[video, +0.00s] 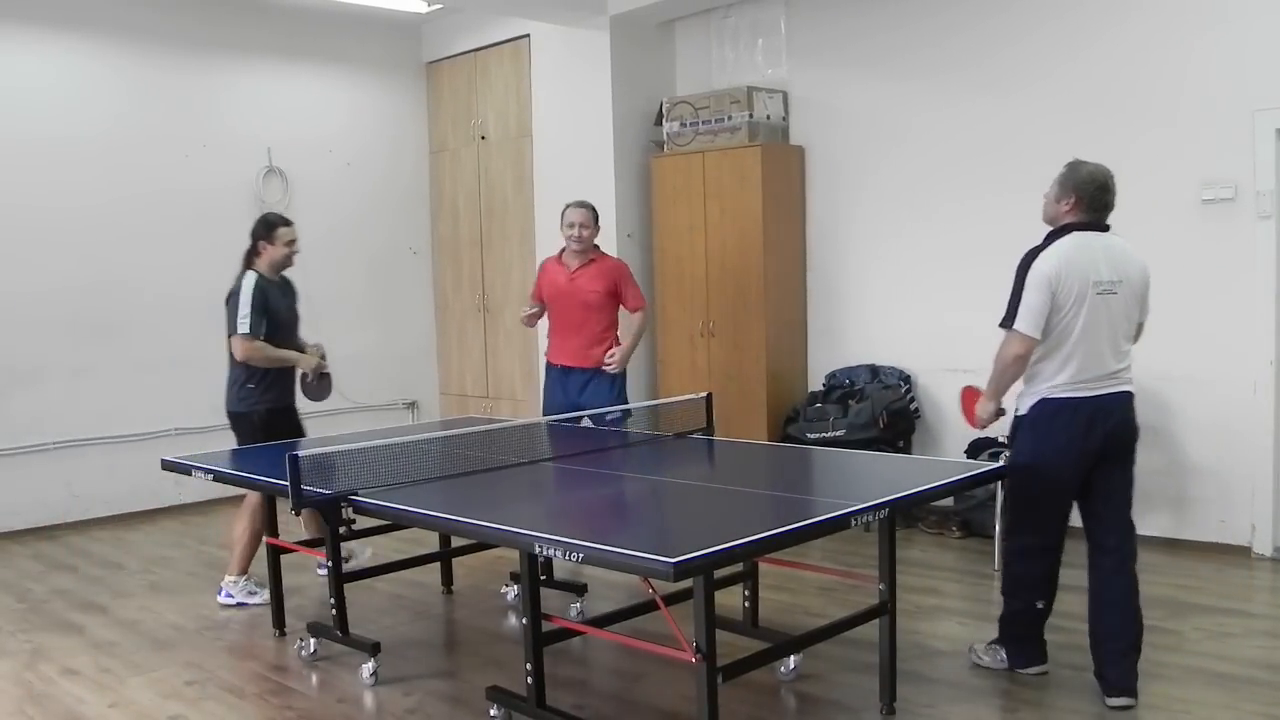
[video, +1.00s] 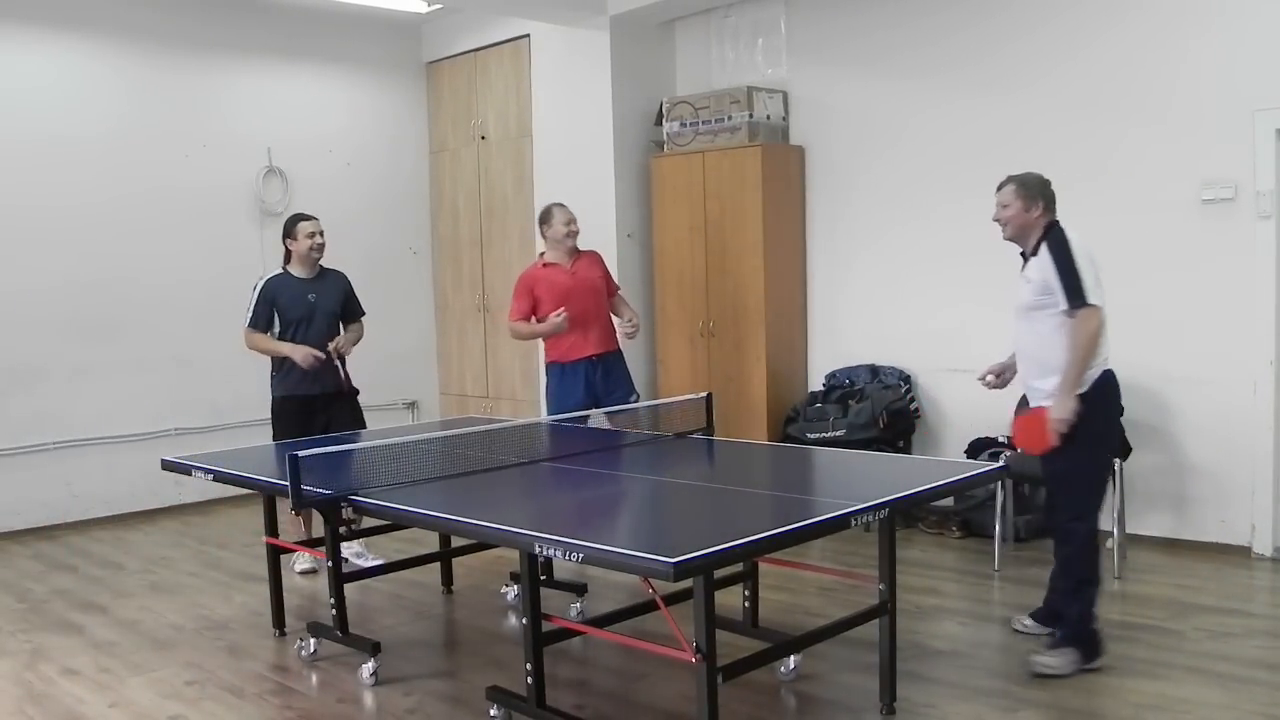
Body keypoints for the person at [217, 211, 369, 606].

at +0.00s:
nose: (294, 251)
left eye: (295, 244)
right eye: (288, 244)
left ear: (272, 247)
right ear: (263, 246)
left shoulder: (283, 285)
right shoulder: (249, 286)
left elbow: (283, 336)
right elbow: (243, 349)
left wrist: (309, 351)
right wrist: (298, 360)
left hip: (278, 403)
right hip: (254, 407)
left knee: (306, 481)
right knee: (261, 492)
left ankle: (328, 553)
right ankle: (234, 581)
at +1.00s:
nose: (320, 241)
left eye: (322, 235)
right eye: (312, 236)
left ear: (324, 240)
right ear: (291, 244)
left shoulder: (338, 280)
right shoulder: (272, 286)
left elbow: (356, 325)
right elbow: (252, 337)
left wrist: (348, 339)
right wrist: (292, 350)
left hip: (337, 393)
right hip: (292, 397)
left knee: (350, 462)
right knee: (296, 472)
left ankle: (346, 540)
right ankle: (306, 546)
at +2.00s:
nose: (310, 243)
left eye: (312, 236)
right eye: (301, 238)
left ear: (315, 241)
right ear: (281, 245)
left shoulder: (331, 283)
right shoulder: (263, 287)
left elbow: (350, 329)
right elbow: (242, 339)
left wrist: (341, 342)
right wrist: (287, 341)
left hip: (328, 402)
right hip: (281, 406)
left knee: (339, 476)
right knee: (276, 488)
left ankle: (342, 550)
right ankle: (270, 561)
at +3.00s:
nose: (310, 252)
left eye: (314, 245)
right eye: (302, 246)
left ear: (319, 248)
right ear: (282, 250)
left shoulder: (333, 289)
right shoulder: (262, 292)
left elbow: (347, 334)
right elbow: (239, 343)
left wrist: (337, 353)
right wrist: (282, 353)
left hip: (322, 405)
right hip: (274, 408)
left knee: (340, 476)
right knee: (268, 490)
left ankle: (348, 547)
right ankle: (267, 564)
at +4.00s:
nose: (310, 303)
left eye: (315, 296)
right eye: (302, 296)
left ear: (319, 296)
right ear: (280, 296)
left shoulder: (322, 334)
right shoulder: (250, 327)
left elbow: (325, 372)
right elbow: (216, 369)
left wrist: (312, 406)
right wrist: (248, 400)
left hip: (291, 413)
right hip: (242, 413)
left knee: (331, 471)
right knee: (227, 489)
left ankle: (342, 548)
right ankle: (215, 577)